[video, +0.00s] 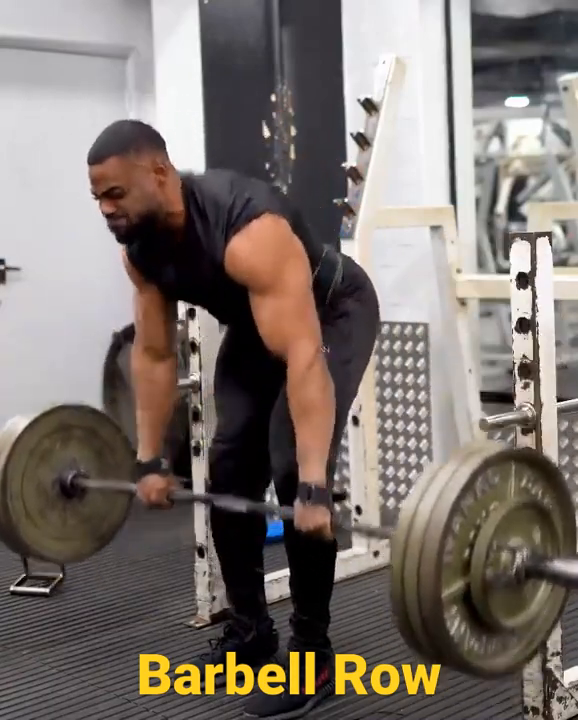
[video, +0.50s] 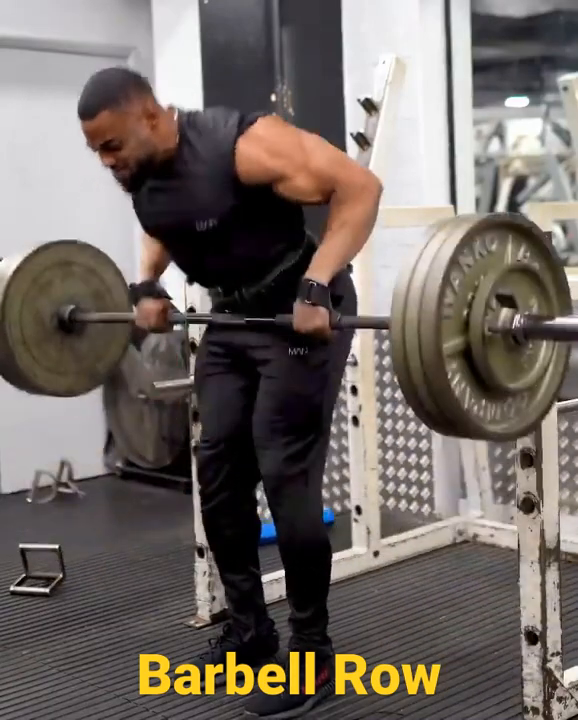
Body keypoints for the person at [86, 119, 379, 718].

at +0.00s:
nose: (106, 212)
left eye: (114, 194)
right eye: (98, 198)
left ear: (160, 172)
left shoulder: (250, 229)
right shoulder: (142, 245)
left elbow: (304, 355)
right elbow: (154, 353)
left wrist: (312, 485)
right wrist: (150, 458)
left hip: (333, 308)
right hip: (253, 319)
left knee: (299, 469)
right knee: (229, 469)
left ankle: (311, 650)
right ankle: (248, 630)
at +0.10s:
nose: (110, 190)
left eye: (117, 174)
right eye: (102, 178)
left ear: (160, 148)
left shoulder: (252, 203)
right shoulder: (143, 219)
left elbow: (315, 320)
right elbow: (154, 321)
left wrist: (312, 449)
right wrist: (149, 429)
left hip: (327, 300)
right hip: (252, 312)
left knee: (309, 468)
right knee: (237, 465)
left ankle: (311, 649)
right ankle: (250, 627)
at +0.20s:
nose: (121, 154)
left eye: (127, 137)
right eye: (113, 142)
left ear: (170, 108)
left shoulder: (260, 155)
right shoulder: (152, 177)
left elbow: (336, 262)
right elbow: (157, 273)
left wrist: (313, 380)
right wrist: (147, 369)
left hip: (309, 321)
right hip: (240, 325)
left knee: (307, 482)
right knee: (240, 480)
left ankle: (313, 651)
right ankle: (249, 630)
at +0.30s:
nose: (126, 135)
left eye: (132, 119)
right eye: (118, 124)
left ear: (174, 89)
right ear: (124, 112)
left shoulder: (261, 133)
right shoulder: (153, 159)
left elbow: (349, 228)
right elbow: (157, 245)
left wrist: (315, 338)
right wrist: (147, 331)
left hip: (304, 313)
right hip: (235, 315)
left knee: (304, 480)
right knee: (240, 480)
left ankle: (314, 652)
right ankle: (249, 631)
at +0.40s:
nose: (119, 138)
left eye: (124, 121)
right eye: (110, 127)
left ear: (165, 91)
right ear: (113, 115)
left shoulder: (254, 129)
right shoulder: (148, 154)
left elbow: (362, 196)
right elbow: (164, 219)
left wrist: (317, 294)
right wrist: (147, 291)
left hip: (301, 312)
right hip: (228, 315)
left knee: (294, 474)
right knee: (228, 477)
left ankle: (313, 651)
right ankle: (248, 630)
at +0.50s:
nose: (108, 162)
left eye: (113, 145)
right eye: (99, 151)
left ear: (154, 116)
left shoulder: (245, 143)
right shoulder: (141, 175)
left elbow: (360, 187)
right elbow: (164, 223)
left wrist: (316, 286)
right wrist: (146, 283)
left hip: (302, 322)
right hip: (229, 325)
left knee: (285, 469)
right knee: (218, 472)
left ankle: (310, 647)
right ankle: (247, 627)